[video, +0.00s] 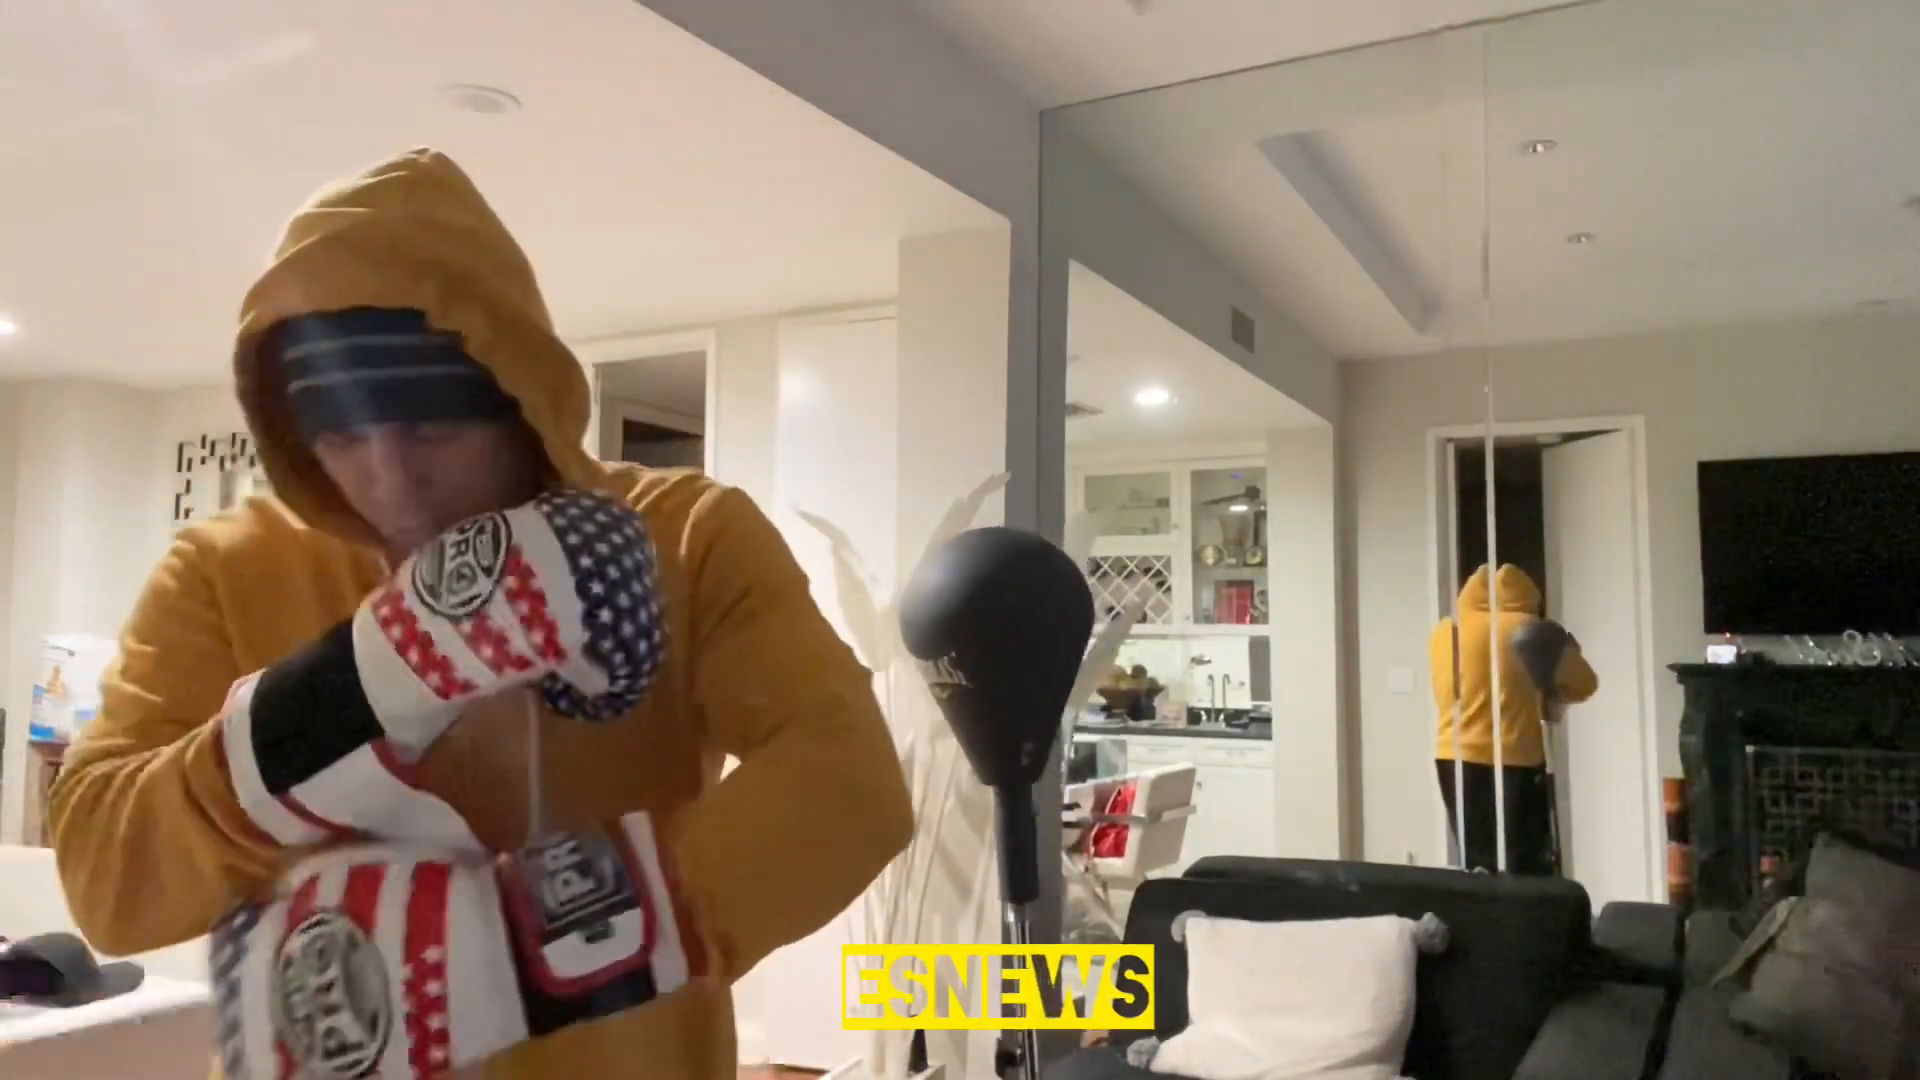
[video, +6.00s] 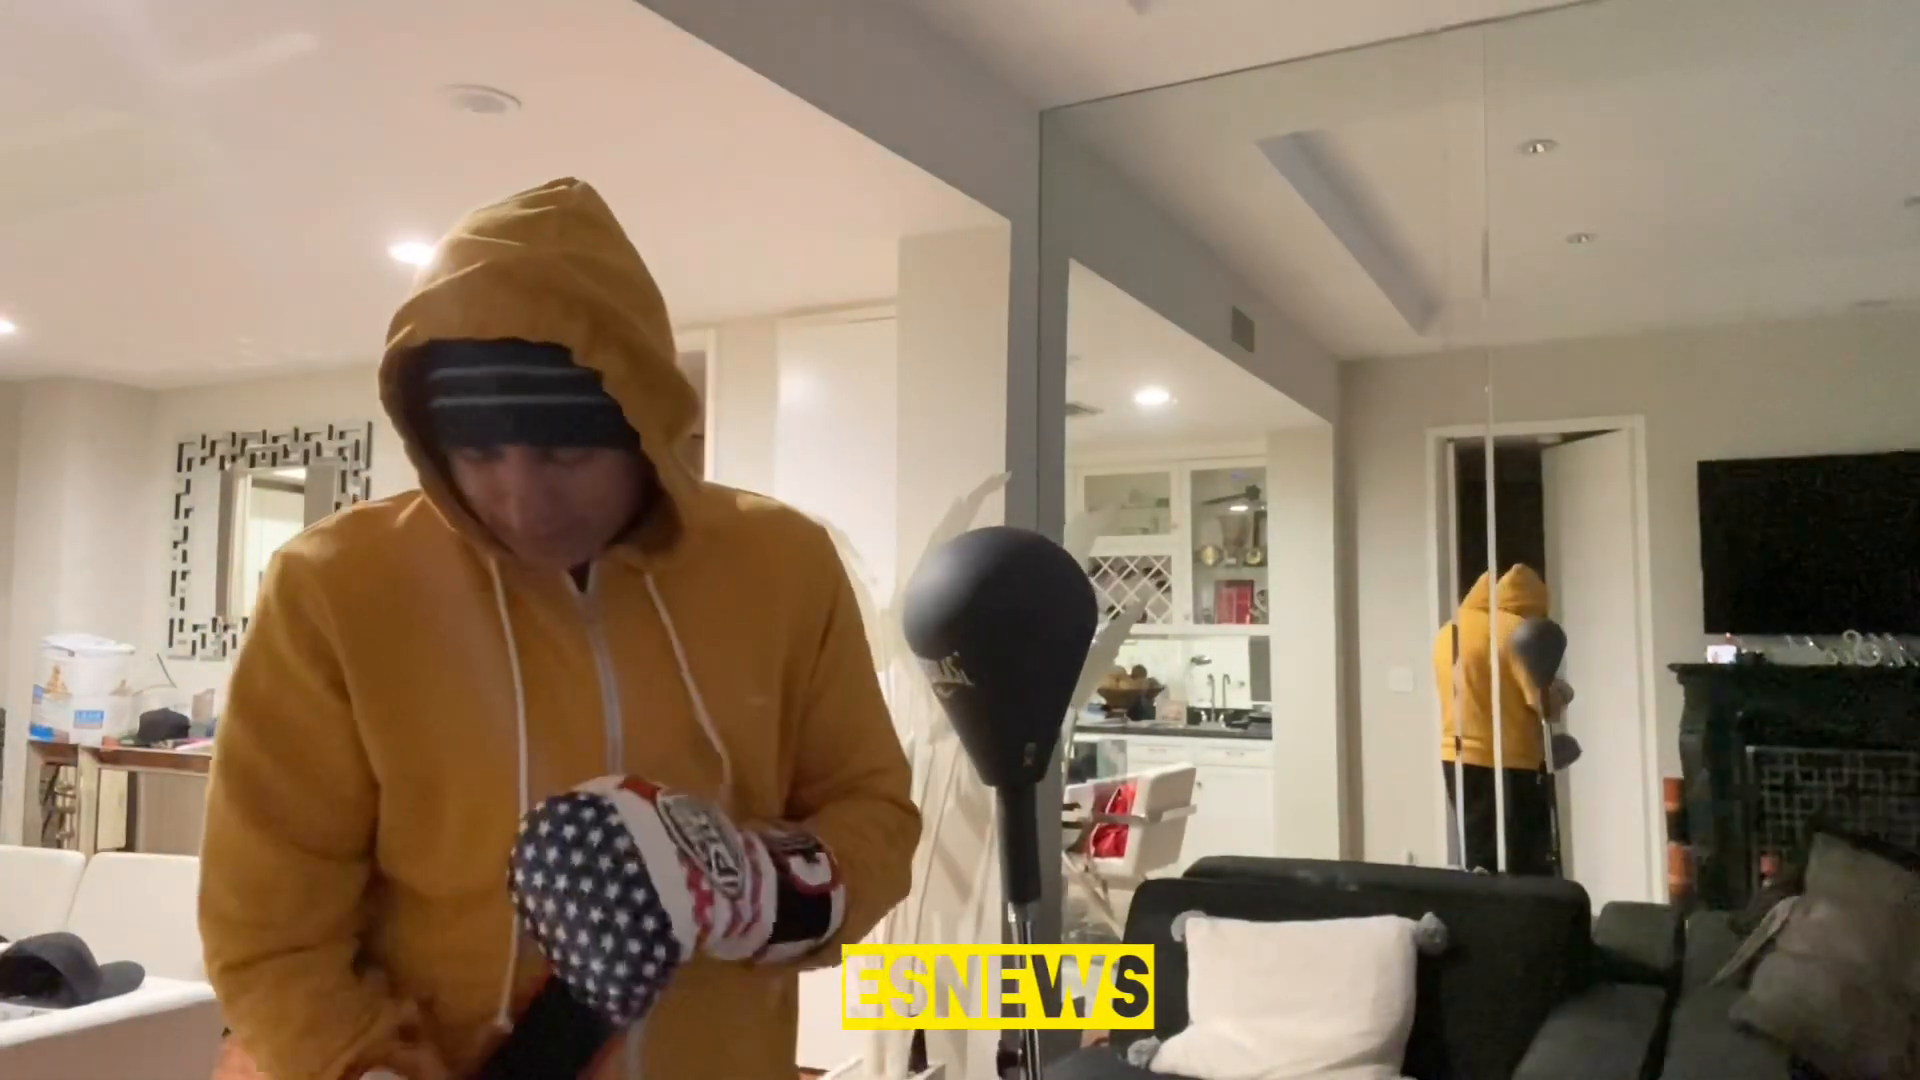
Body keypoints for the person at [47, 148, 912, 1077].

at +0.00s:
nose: (393, 482)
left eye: (434, 418)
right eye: (339, 431)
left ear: (520, 393)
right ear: (300, 440)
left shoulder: (693, 544)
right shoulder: (225, 579)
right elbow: (111, 887)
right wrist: (394, 674)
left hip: (643, 1066)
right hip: (339, 1071)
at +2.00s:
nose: (507, 498)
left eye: (554, 442)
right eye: (462, 446)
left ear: (630, 419)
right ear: (411, 432)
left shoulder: (752, 547)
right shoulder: (301, 584)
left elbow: (866, 771)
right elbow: (230, 957)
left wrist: (819, 828)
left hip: (707, 1057)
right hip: (421, 1055)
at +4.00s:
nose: (645, 365)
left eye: (685, 325)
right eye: (611, 325)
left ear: (739, 360)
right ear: (565, 358)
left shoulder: (836, 574)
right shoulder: (439, 548)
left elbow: (1004, 773)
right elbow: (386, 790)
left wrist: (856, 861)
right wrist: (689, 657)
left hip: (768, 1060)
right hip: (484, 1052)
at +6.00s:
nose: (523, 500)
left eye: (569, 445)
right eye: (480, 451)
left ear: (651, 423)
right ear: (433, 441)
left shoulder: (783, 569)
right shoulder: (333, 596)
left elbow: (877, 814)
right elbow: (273, 942)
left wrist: (756, 888)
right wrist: (388, 1069)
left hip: (724, 1058)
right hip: (457, 1060)